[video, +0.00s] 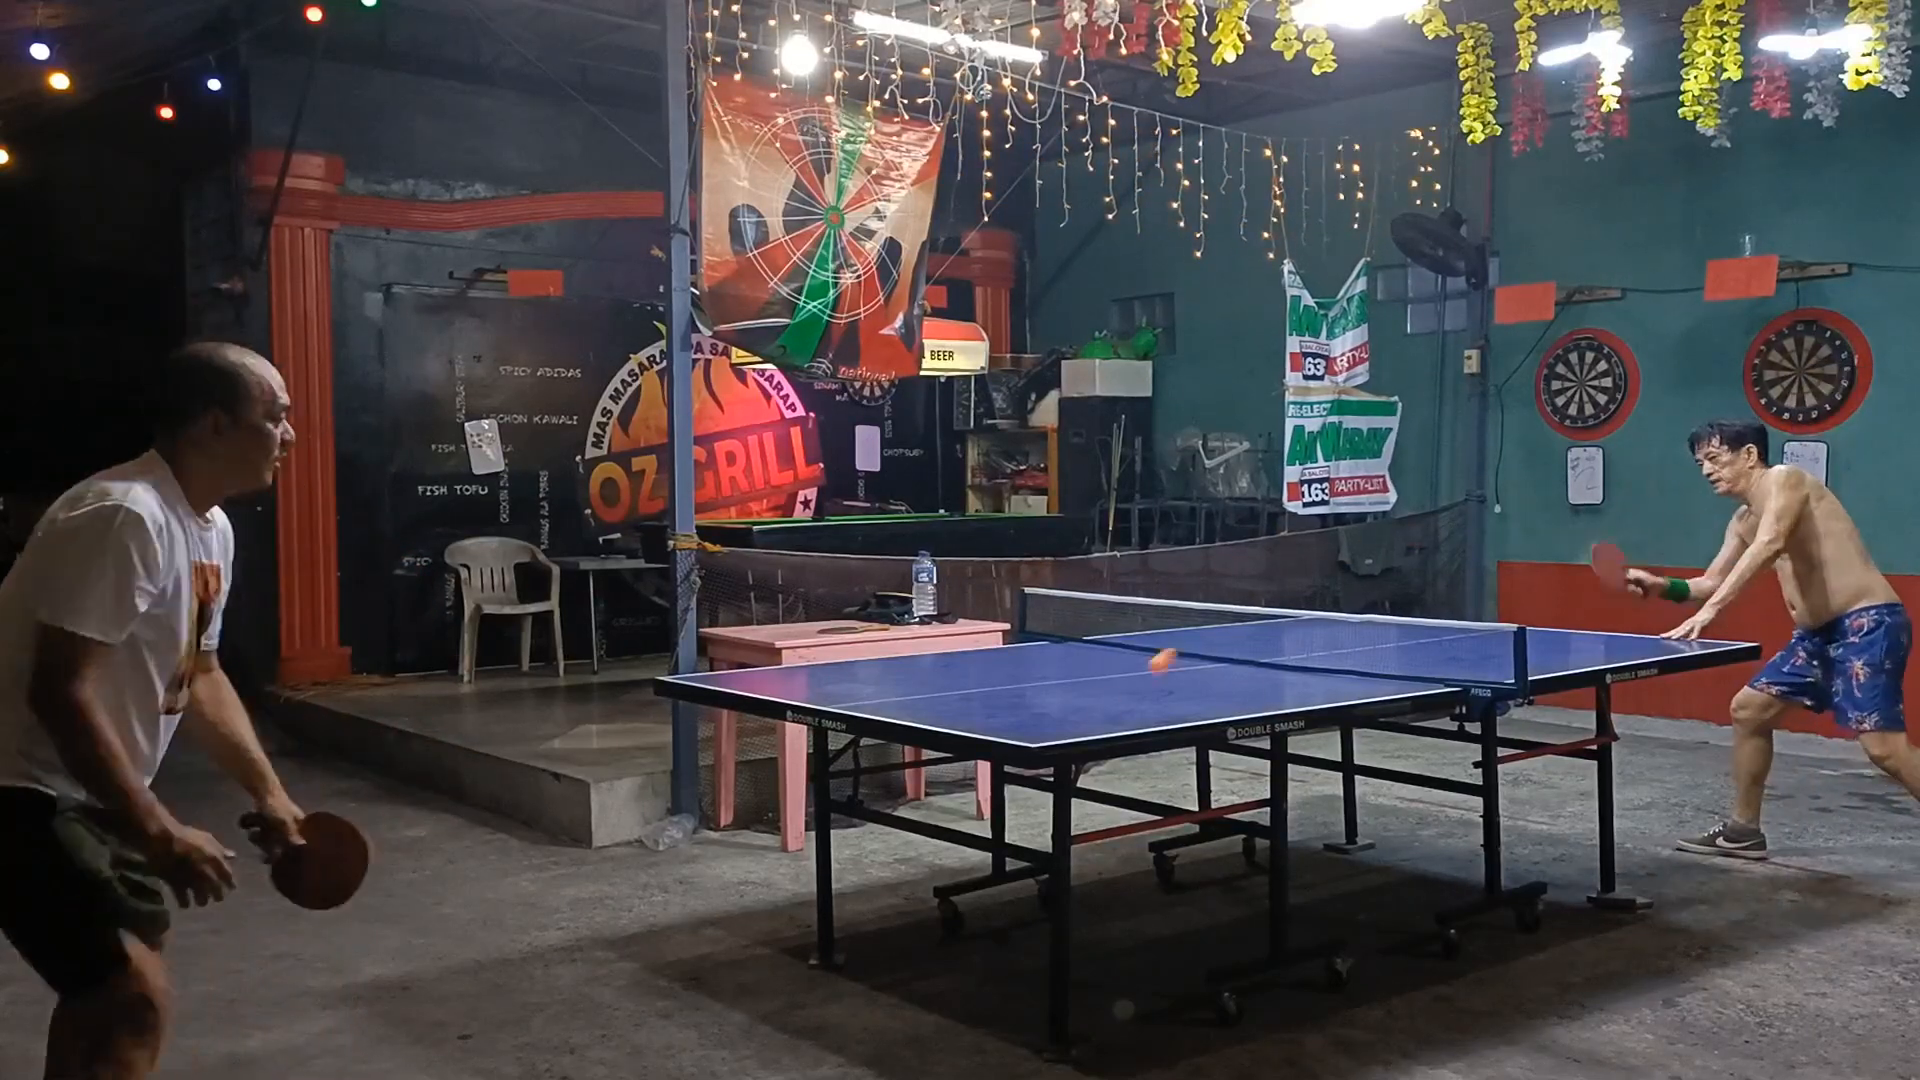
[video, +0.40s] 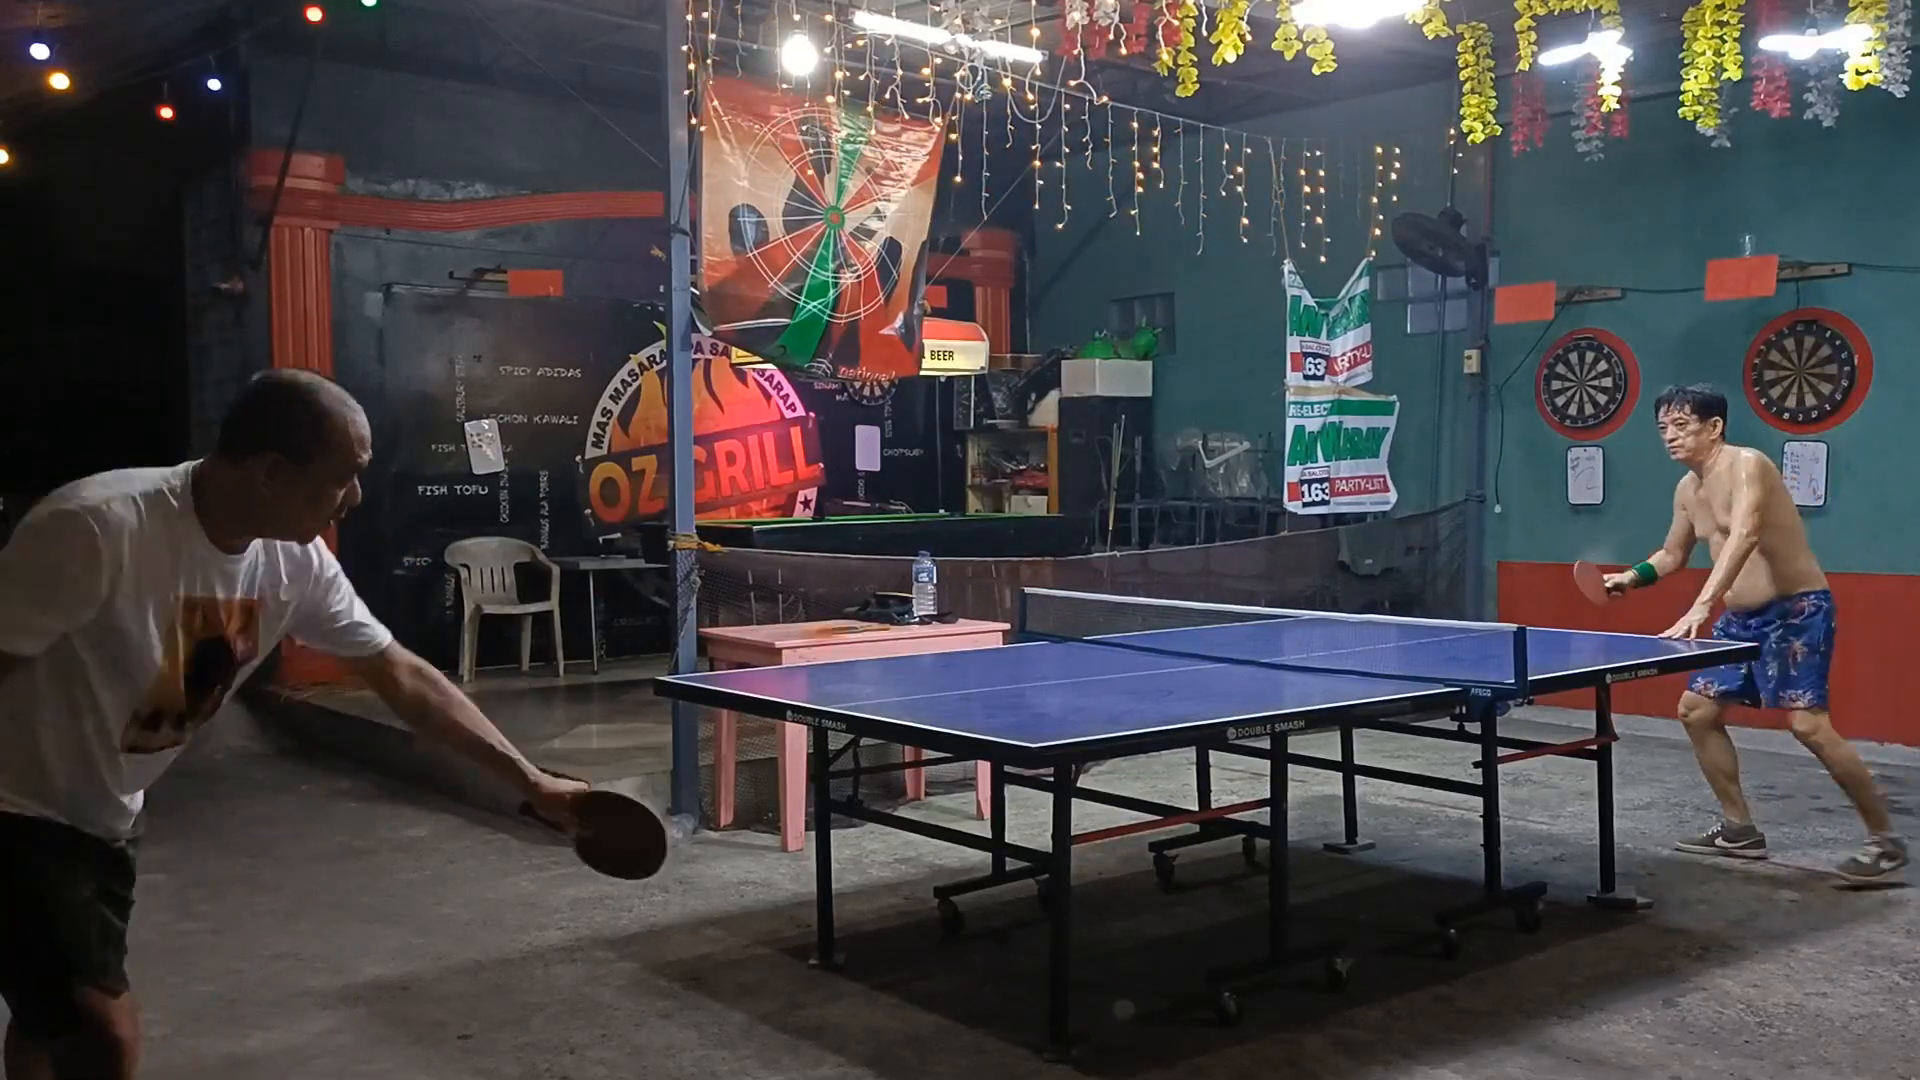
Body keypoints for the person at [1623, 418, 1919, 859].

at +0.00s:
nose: (1708, 471)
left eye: (1715, 459)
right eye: (1703, 464)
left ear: (1749, 454)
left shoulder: (1784, 479)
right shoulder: (1744, 522)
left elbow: (1768, 544)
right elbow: (1713, 582)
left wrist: (1710, 609)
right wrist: (1660, 586)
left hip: (1868, 624)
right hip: (1818, 636)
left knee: (1884, 748)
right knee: (1749, 711)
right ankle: (1744, 828)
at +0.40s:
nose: (1669, 436)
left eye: (1680, 425)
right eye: (1664, 428)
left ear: (1714, 426)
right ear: (1663, 434)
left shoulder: (1747, 465)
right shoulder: (1687, 489)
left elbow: (1743, 537)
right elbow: (1673, 553)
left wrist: (1702, 605)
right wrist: (1634, 575)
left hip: (1799, 612)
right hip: (1743, 618)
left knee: (1809, 725)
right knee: (1696, 713)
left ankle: (1886, 840)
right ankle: (1739, 829)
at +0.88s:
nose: (1652, 462)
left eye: (1662, 452)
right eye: (1645, 452)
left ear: (1690, 445)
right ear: (1638, 446)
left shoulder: (1735, 483)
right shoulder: (1635, 494)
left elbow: (1771, 554)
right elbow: (1606, 560)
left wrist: (1750, 597)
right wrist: (1617, 595)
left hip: (1743, 622)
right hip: (1687, 626)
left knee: (1752, 721)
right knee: (1627, 711)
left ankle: (1831, 839)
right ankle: (1666, 820)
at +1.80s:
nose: (1717, 429)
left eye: (1729, 419)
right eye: (1712, 418)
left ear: (1762, 425)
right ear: (1706, 422)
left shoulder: (1802, 473)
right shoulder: (1696, 474)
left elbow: (1825, 553)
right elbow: (1670, 538)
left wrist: (1804, 624)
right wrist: (1658, 592)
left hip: (1796, 614)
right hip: (1725, 610)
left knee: (1823, 717)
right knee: (1687, 702)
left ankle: (1837, 821)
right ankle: (1669, 811)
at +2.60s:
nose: (1690, 457)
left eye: (1702, 449)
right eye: (1682, 444)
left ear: (1719, 447)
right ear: (1668, 436)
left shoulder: (1737, 486)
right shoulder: (1638, 484)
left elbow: (1759, 548)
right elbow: (1592, 531)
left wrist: (1792, 609)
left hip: (1737, 623)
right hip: (1666, 628)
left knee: (1800, 716)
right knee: (1648, 737)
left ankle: (1865, 825)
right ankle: (1639, 812)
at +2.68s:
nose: (1667, 448)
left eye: (1679, 440)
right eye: (1661, 435)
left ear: (1697, 442)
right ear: (1646, 430)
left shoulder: (1713, 482)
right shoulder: (1624, 468)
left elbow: (1739, 542)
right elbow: (1560, 448)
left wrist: (1772, 601)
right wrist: (1534, 418)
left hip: (1726, 620)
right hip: (1656, 629)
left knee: (1793, 712)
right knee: (1644, 736)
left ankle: (1847, 823)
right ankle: (1638, 811)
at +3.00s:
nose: (1633, 423)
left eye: (1645, 415)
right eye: (1626, 413)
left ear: (1672, 417)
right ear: (1619, 414)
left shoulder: (1712, 463)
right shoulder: (1604, 461)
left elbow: (1740, 528)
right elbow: (1530, 477)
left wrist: (1754, 591)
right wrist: (1507, 438)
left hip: (1708, 612)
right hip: (1636, 614)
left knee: (1737, 715)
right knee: (1611, 718)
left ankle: (1778, 833)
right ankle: (1631, 796)